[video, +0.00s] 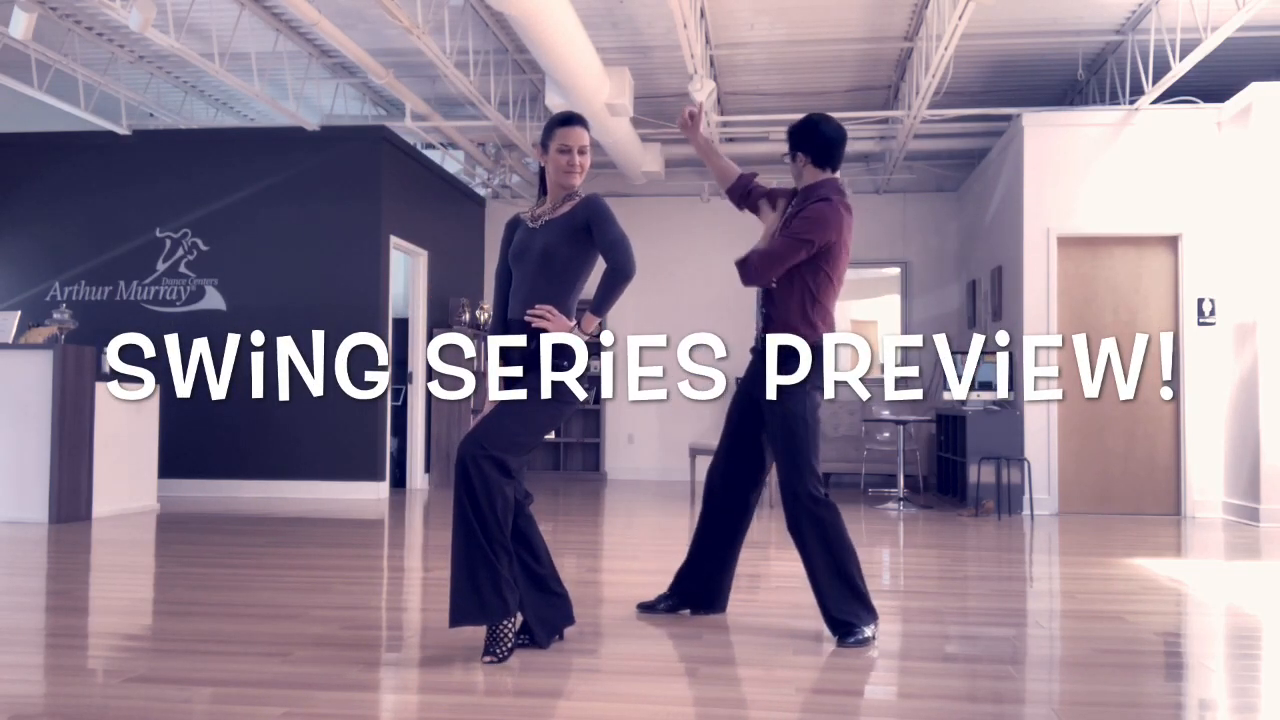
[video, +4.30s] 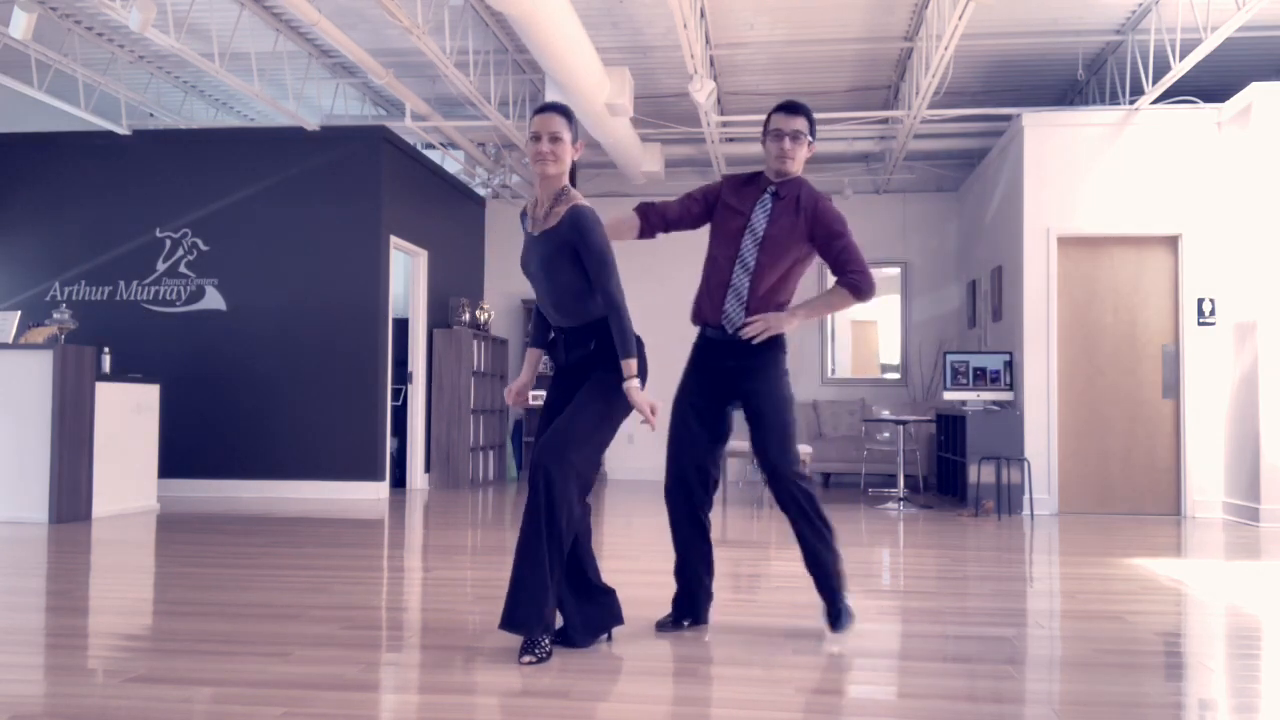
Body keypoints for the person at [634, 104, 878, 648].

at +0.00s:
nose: (786, 160)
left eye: (790, 152)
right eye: (789, 154)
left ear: (802, 155)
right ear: (832, 157)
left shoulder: (825, 209)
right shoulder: (804, 199)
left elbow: (753, 270)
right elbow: (744, 189)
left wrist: (767, 229)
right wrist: (698, 138)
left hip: (795, 361)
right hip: (771, 357)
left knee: (803, 492)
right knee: (731, 478)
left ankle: (854, 618)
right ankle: (698, 591)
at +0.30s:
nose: (778, 183)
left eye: (786, 171)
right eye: (770, 177)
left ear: (809, 164)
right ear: (765, 180)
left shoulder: (830, 215)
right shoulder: (786, 215)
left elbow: (787, 292)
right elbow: (740, 237)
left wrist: (766, 256)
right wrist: (713, 198)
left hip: (793, 365)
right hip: (762, 362)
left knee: (799, 491)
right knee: (722, 477)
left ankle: (854, 618)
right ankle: (696, 592)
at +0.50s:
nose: (790, 156)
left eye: (798, 147)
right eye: (778, 149)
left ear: (811, 153)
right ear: (764, 158)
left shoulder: (823, 208)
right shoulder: (767, 211)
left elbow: (848, 280)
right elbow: (756, 265)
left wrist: (779, 302)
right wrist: (729, 283)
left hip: (795, 356)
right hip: (759, 355)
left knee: (805, 488)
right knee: (725, 475)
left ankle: (855, 617)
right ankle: (696, 591)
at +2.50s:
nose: (792, 169)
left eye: (801, 161)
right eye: (791, 161)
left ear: (833, 163)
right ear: (812, 164)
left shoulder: (850, 224)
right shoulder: (797, 217)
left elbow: (877, 301)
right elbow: (770, 278)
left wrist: (816, 334)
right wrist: (743, 324)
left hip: (787, 365)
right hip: (750, 360)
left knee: (810, 489)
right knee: (721, 480)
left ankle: (854, 617)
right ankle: (697, 592)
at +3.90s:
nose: (793, 163)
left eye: (804, 154)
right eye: (792, 155)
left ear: (837, 159)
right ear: (807, 163)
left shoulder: (865, 218)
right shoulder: (791, 224)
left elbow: (906, 294)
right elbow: (740, 276)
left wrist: (848, 347)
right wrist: (690, 319)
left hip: (811, 370)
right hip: (764, 364)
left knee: (808, 493)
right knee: (706, 473)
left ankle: (857, 617)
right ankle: (699, 584)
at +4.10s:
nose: (797, 149)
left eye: (807, 141)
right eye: (789, 142)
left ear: (829, 152)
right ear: (780, 151)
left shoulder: (838, 208)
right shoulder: (765, 212)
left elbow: (885, 279)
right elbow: (700, 250)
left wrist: (831, 336)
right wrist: (630, 271)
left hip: (794, 363)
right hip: (745, 360)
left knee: (815, 490)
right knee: (694, 487)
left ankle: (856, 618)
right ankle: (688, 602)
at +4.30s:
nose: (785, 145)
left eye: (796, 137)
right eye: (776, 135)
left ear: (810, 148)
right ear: (762, 142)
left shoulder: (813, 206)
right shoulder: (730, 191)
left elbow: (859, 284)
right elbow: (656, 216)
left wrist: (794, 316)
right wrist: (587, 231)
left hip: (762, 356)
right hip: (709, 351)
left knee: (783, 473)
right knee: (684, 480)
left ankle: (833, 592)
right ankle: (691, 604)